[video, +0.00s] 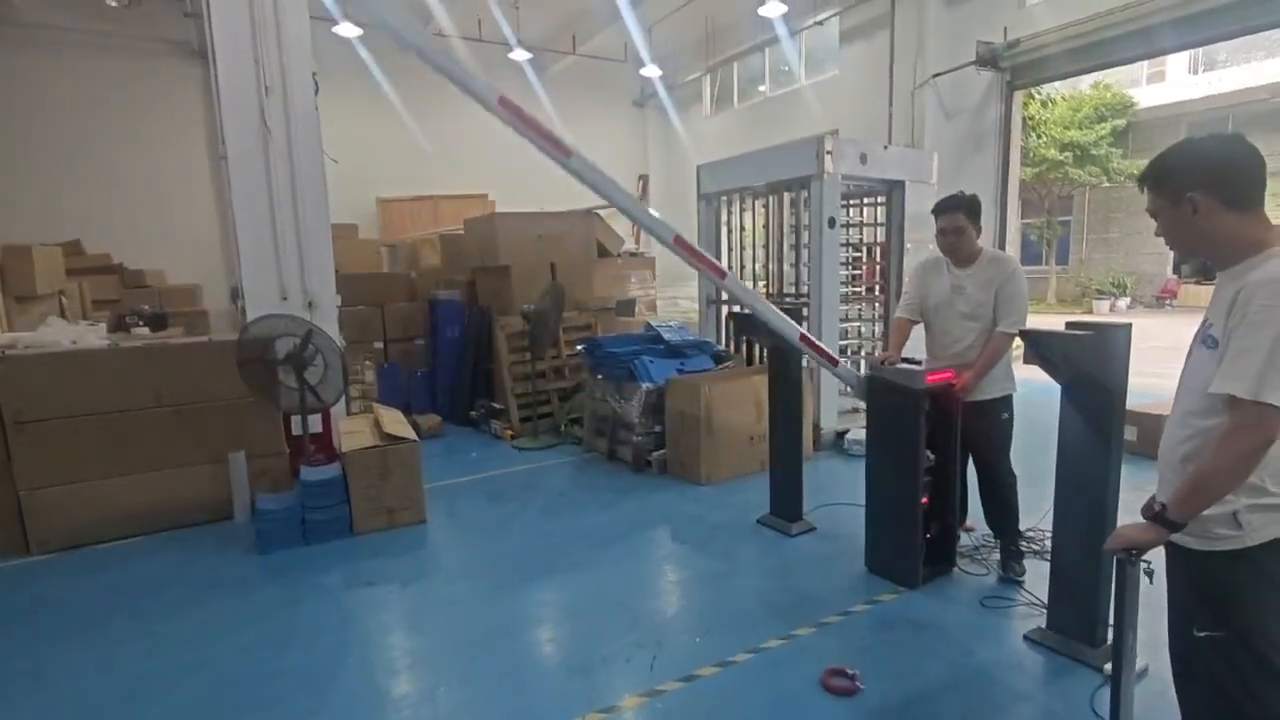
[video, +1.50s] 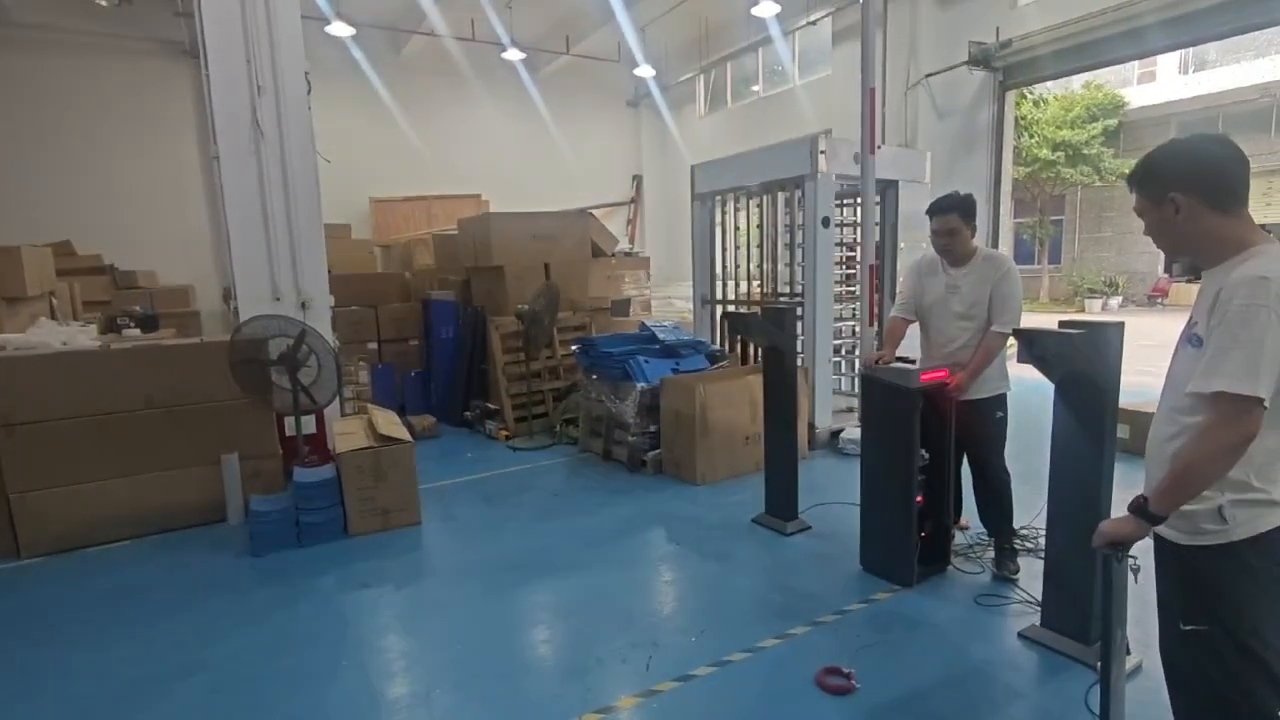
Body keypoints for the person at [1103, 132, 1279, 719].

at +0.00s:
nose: (1157, 232)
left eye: (1158, 216)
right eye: (1153, 218)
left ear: (1197, 205)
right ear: (1202, 204)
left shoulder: (1264, 286)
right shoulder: (1242, 281)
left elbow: (1257, 423)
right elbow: (1231, 413)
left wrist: (1164, 520)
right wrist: (1168, 503)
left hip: (1236, 551)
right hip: (1210, 545)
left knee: (1235, 704)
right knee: (1211, 700)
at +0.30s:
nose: (1155, 230)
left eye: (1155, 214)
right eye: (1151, 217)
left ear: (1191, 207)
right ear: (1198, 204)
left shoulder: (1263, 288)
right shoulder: (1241, 281)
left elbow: (1253, 425)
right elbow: (1232, 414)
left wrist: (1159, 521)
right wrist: (1169, 508)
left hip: (1233, 550)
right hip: (1210, 544)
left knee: (1232, 704)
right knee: (1211, 699)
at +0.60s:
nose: (1154, 231)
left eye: (1154, 215)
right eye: (1150, 217)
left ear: (1189, 207)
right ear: (1197, 204)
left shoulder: (1263, 287)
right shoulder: (1241, 281)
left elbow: (1248, 426)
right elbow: (1233, 416)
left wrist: (1157, 520)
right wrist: (1163, 509)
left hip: (1232, 550)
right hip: (1209, 543)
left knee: (1231, 705)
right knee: (1211, 700)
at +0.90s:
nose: (1151, 230)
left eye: (1150, 215)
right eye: (1146, 217)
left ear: (1185, 206)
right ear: (1193, 203)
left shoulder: (1260, 287)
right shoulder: (1239, 279)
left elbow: (1246, 425)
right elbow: (1231, 415)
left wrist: (1156, 519)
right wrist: (1165, 507)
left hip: (1230, 549)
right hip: (1209, 542)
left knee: (1230, 704)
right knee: (1213, 699)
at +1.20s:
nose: (1149, 229)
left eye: (1148, 214)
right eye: (1145, 216)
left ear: (1184, 205)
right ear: (1192, 203)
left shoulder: (1258, 287)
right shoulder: (1236, 279)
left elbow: (1241, 423)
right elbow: (1225, 412)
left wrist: (1153, 517)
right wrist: (1160, 504)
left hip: (1228, 547)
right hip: (1205, 539)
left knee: (1230, 703)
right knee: (1209, 698)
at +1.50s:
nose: (1146, 232)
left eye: (1144, 217)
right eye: (1141, 219)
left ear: (1179, 205)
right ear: (1188, 202)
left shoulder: (1253, 287)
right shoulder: (1236, 277)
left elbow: (1235, 422)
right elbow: (1228, 412)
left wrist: (1144, 514)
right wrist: (1158, 500)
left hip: (1226, 545)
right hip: (1211, 538)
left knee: (1227, 704)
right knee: (1215, 699)